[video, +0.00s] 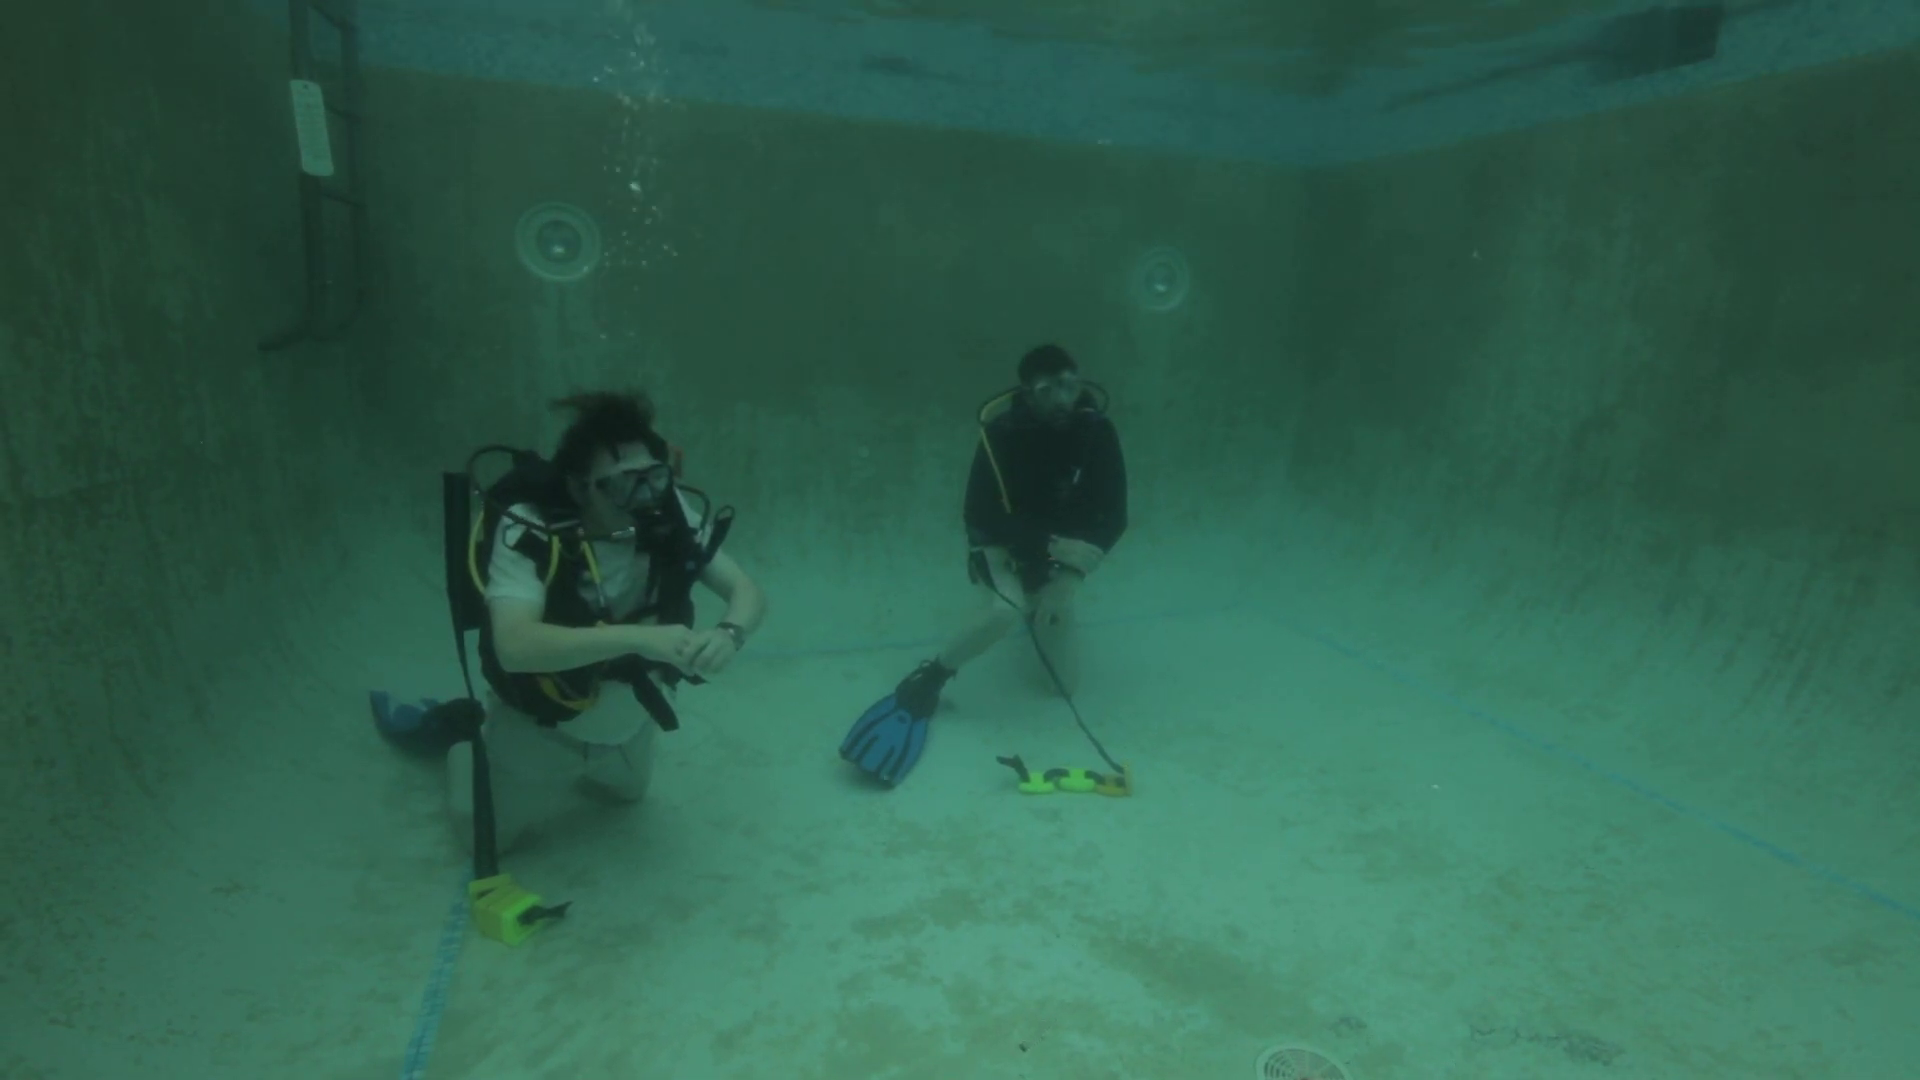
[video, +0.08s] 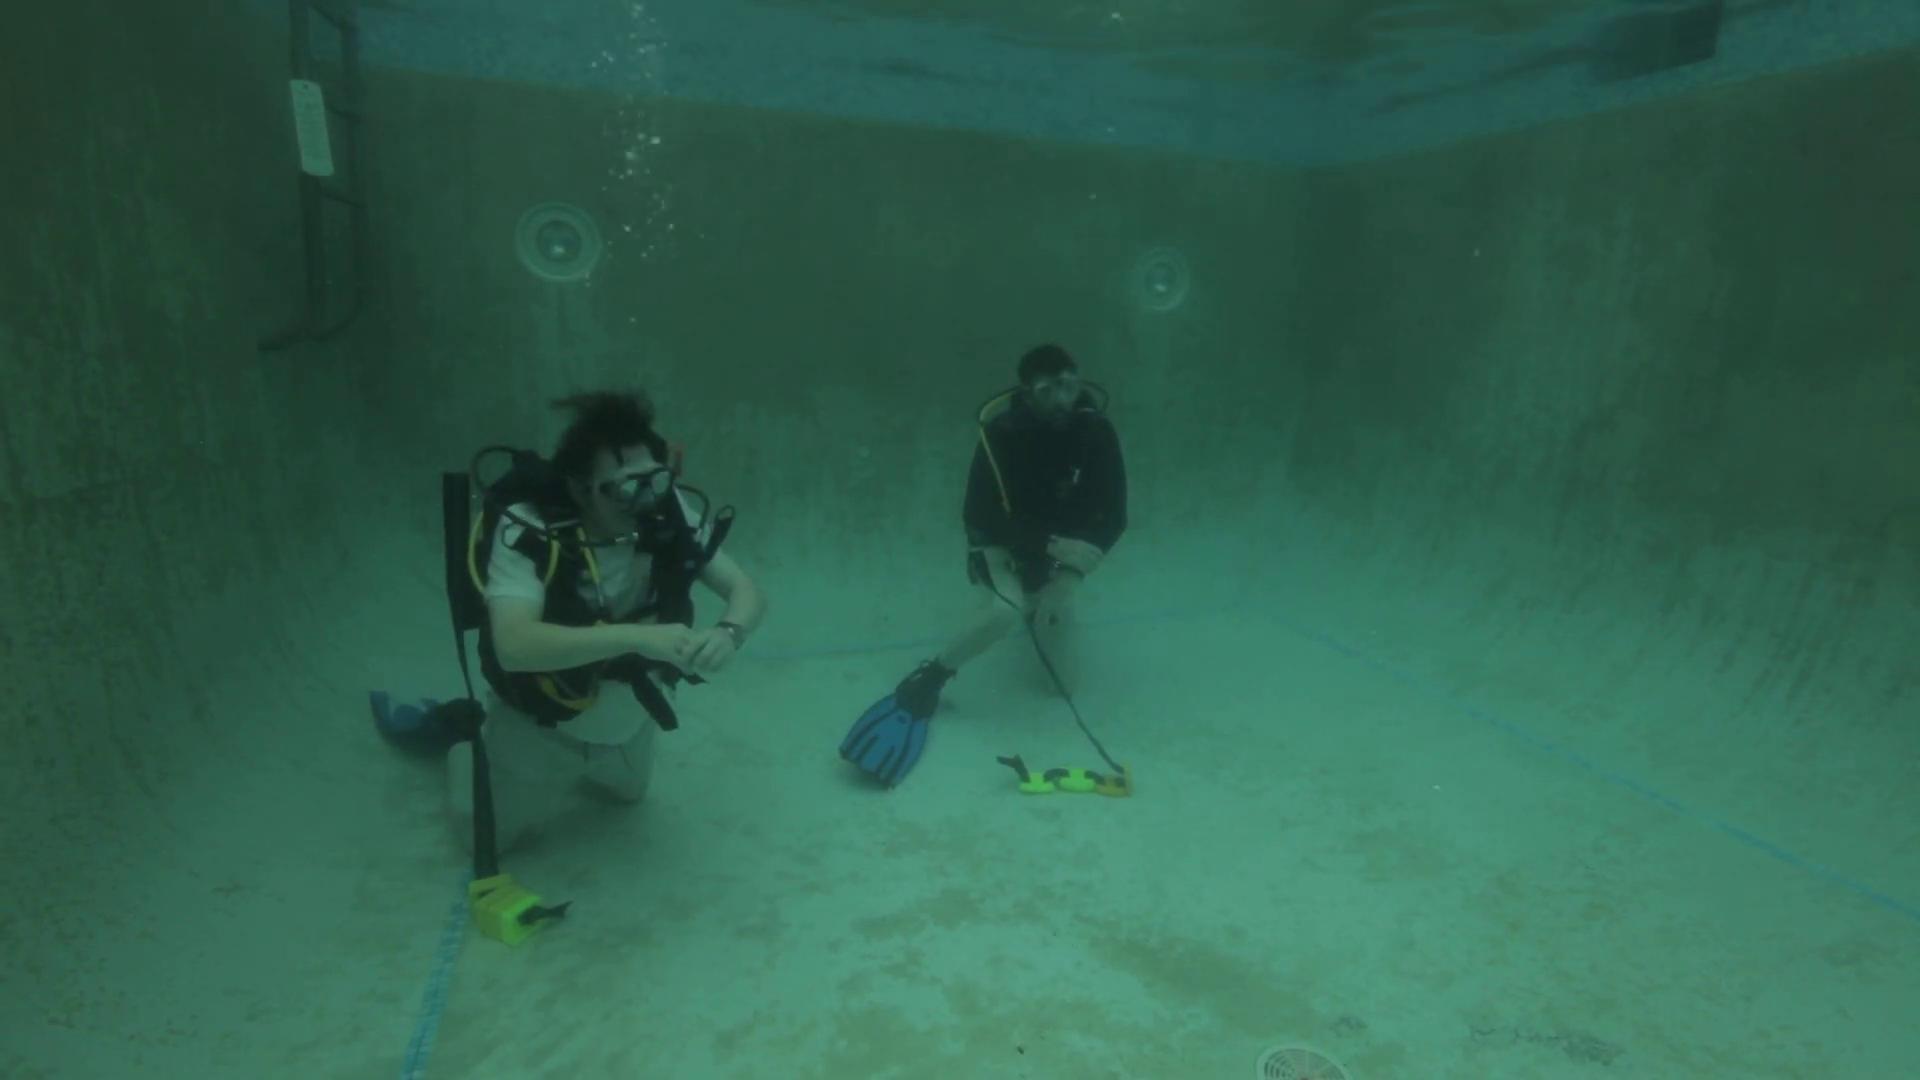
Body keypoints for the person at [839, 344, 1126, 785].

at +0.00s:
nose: (1062, 398)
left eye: (1068, 386)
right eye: (1050, 389)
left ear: (1080, 386)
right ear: (1028, 392)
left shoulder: (1096, 429)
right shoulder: (1003, 426)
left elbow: (1112, 513)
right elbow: (982, 514)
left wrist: (1069, 578)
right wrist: (1054, 545)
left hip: (1063, 547)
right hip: (1003, 541)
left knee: (1065, 679)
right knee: (1007, 610)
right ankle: (929, 680)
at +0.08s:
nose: (1061, 398)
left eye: (1068, 386)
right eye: (1050, 388)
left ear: (1079, 386)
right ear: (1028, 390)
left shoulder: (1096, 430)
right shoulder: (1002, 427)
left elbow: (1112, 513)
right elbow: (981, 514)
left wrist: (1070, 575)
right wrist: (1053, 545)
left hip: (1063, 549)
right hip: (1003, 542)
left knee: (1064, 680)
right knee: (1007, 609)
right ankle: (928, 679)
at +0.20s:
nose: (1061, 399)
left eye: (1068, 387)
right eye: (1049, 389)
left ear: (1078, 387)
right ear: (1027, 390)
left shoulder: (1095, 431)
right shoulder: (1001, 428)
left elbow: (1111, 513)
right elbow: (980, 514)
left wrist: (1068, 577)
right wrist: (1054, 545)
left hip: (1063, 550)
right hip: (1003, 544)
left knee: (1064, 680)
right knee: (1006, 609)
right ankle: (929, 679)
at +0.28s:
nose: (1060, 399)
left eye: (1066, 386)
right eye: (1047, 390)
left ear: (1078, 385)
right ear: (1025, 393)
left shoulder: (1094, 430)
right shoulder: (1001, 429)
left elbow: (1111, 513)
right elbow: (979, 512)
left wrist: (1073, 564)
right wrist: (1040, 546)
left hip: (1065, 549)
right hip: (1003, 542)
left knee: (1063, 682)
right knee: (1004, 611)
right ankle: (931, 677)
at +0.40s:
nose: (1062, 398)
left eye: (1067, 386)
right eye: (1050, 390)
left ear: (1076, 384)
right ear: (1027, 392)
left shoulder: (1093, 430)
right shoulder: (1001, 430)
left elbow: (1110, 514)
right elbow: (979, 514)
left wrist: (1063, 582)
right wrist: (1053, 545)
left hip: (1058, 551)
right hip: (1000, 542)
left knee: (1065, 679)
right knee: (1005, 610)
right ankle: (930, 678)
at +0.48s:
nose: (1060, 398)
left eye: (1066, 387)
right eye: (1049, 389)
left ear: (1075, 385)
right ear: (1026, 391)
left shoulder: (1093, 429)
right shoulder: (1000, 429)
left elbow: (1110, 513)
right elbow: (980, 514)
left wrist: (1066, 579)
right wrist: (1052, 546)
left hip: (1061, 550)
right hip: (1001, 542)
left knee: (1063, 680)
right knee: (1005, 608)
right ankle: (930, 678)